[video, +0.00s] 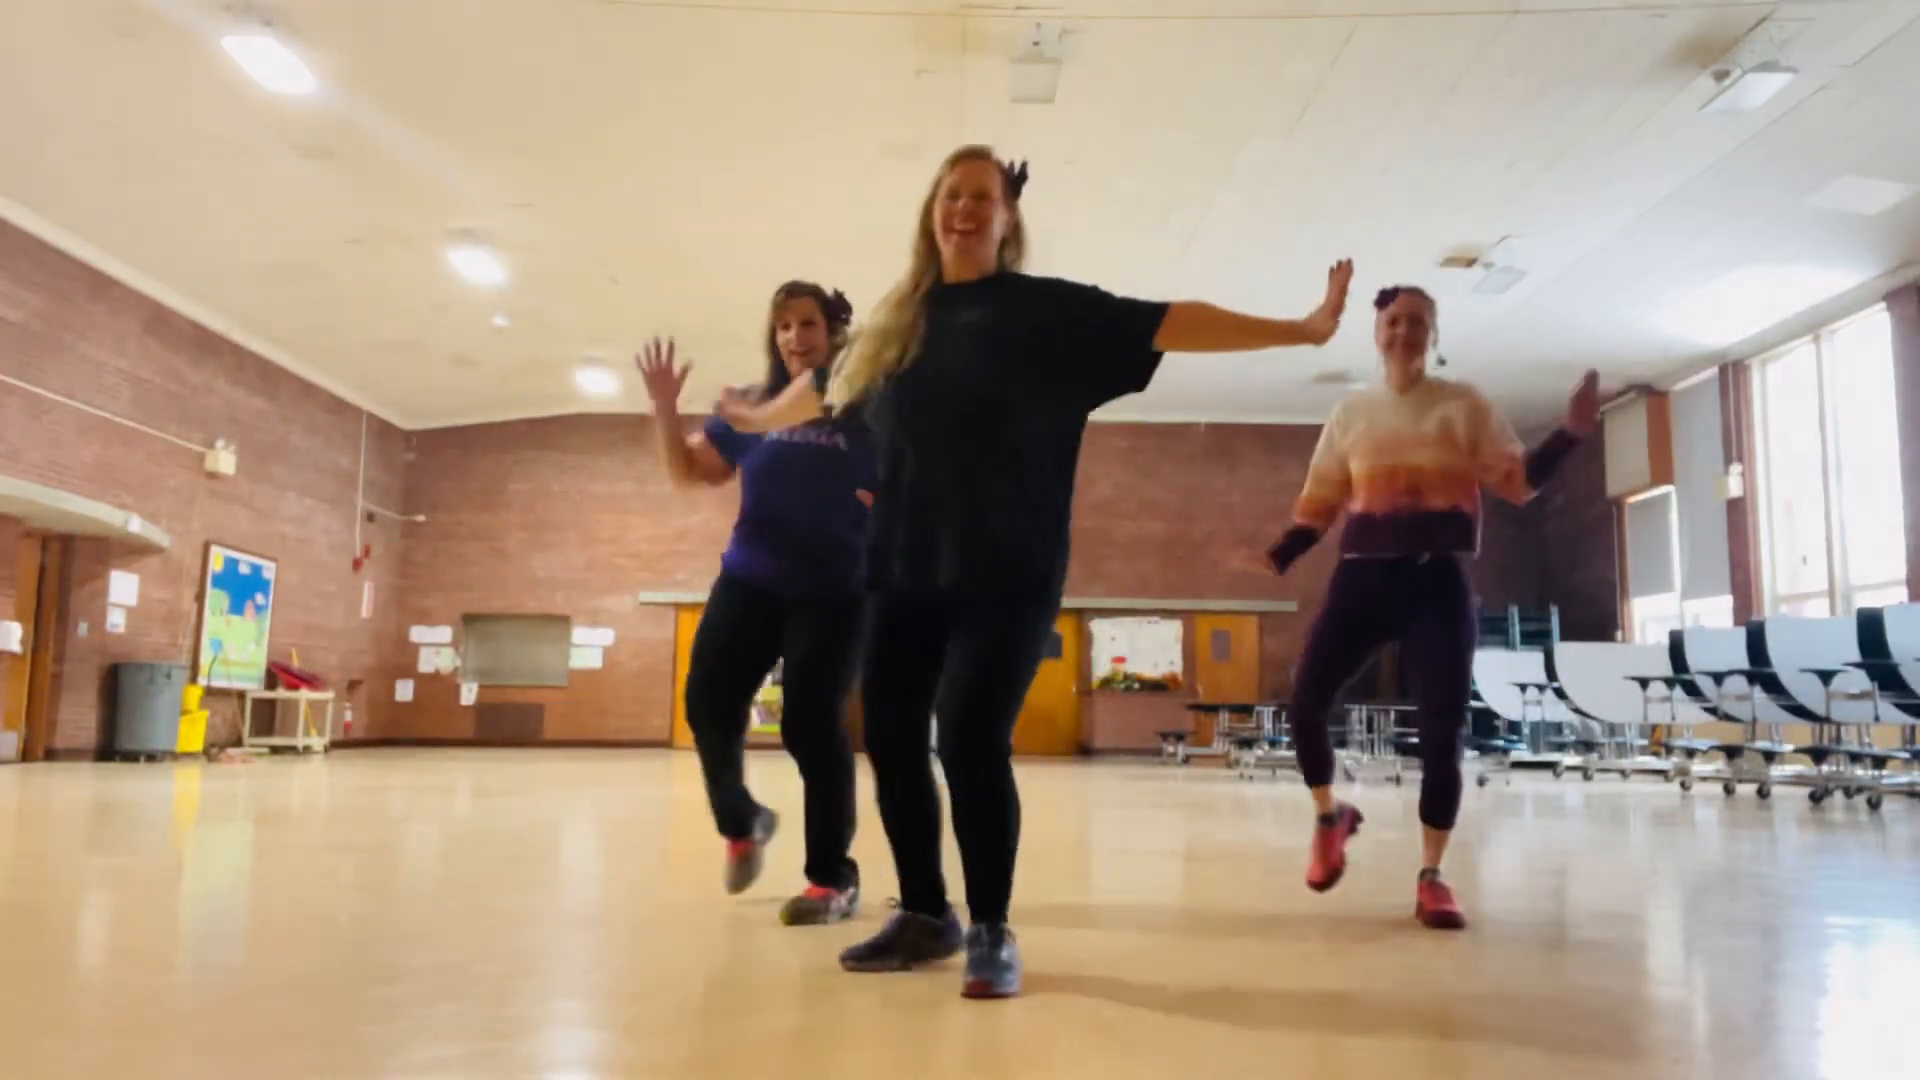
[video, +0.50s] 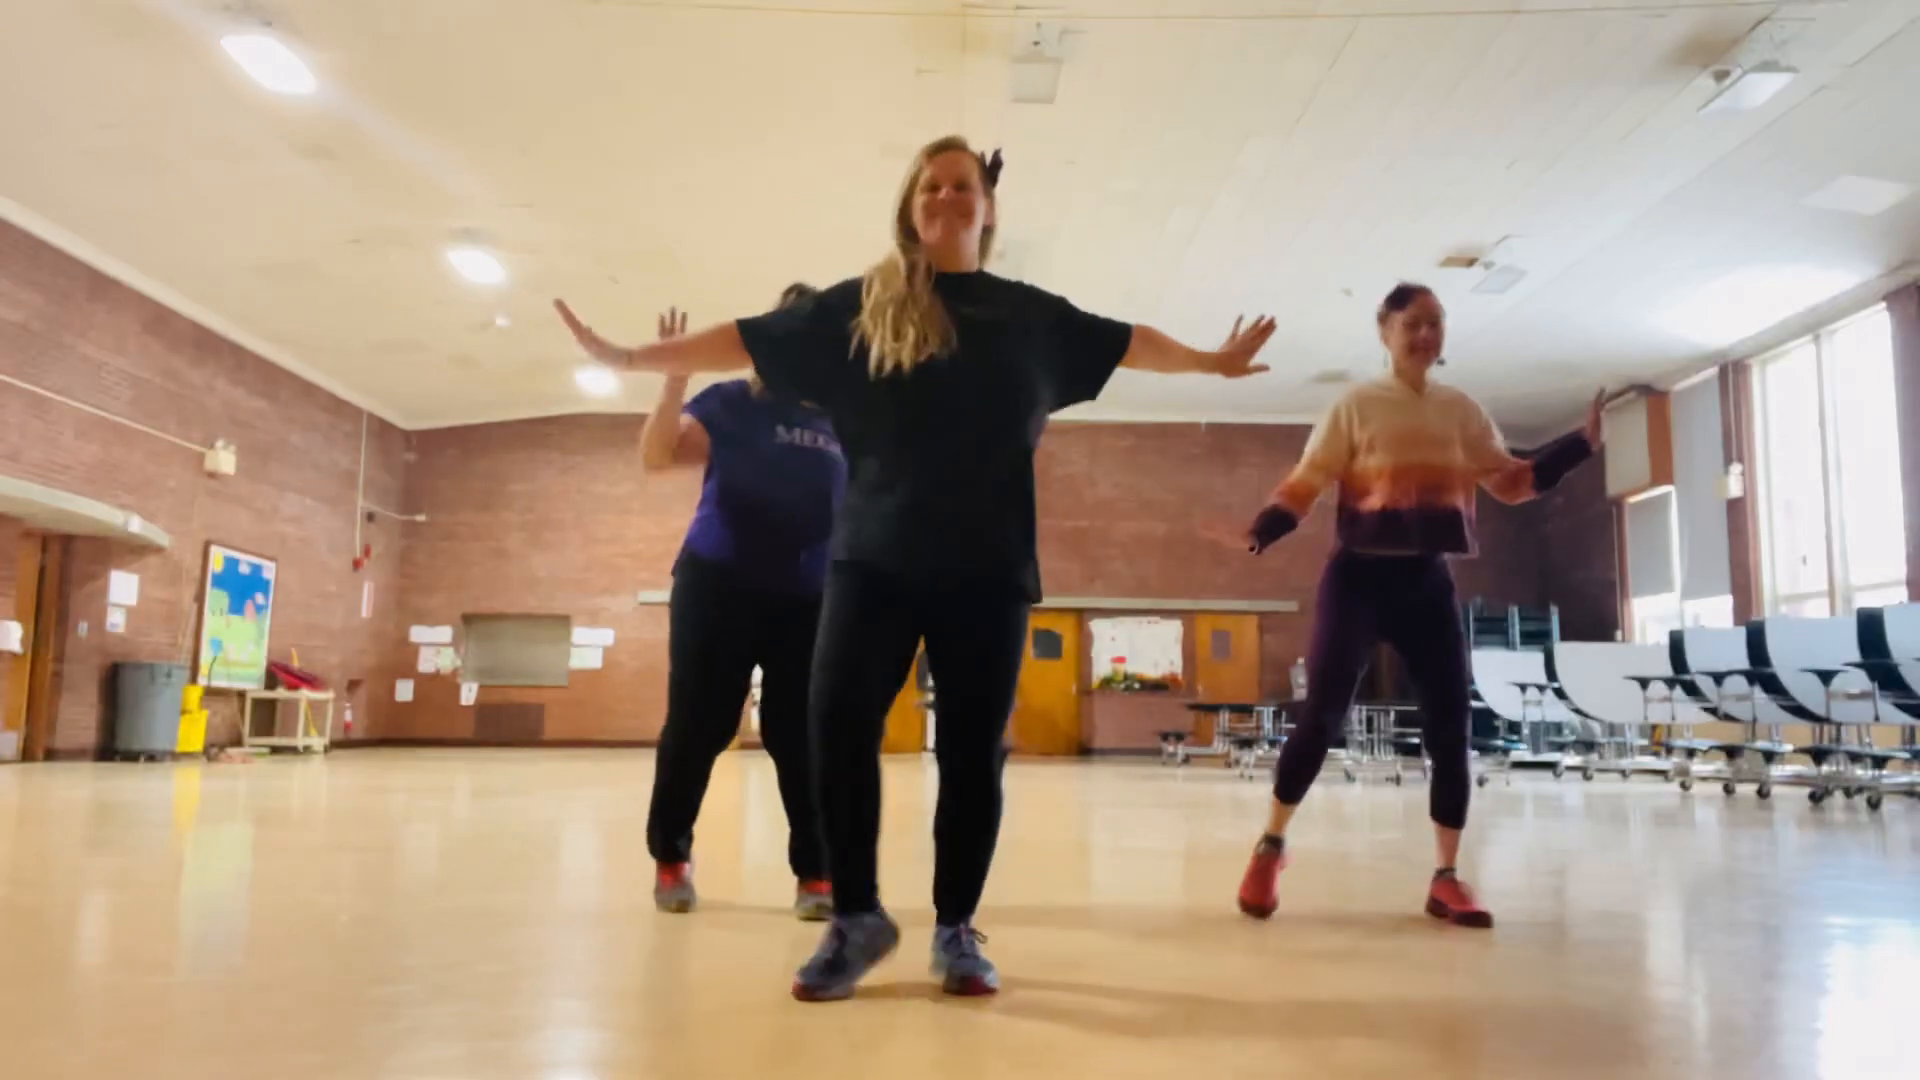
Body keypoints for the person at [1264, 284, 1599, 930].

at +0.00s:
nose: (1402, 330)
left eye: (1414, 322)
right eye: (1392, 320)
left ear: (1432, 335)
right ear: (1374, 331)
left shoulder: (1464, 405)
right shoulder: (1351, 413)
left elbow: (1520, 484)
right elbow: (1319, 505)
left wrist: (1571, 433)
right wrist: (1281, 552)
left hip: (1438, 579)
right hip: (1364, 577)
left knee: (1441, 734)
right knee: (1305, 705)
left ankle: (1432, 876)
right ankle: (1330, 817)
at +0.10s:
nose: (1407, 329)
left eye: (1418, 321)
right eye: (1396, 320)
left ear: (1434, 336)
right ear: (1377, 335)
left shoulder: (1465, 409)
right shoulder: (1348, 413)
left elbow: (1524, 483)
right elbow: (1298, 494)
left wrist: (1585, 434)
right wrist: (1250, 531)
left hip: (1436, 587)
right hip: (1358, 583)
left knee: (1444, 737)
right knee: (1295, 693)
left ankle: (1431, 878)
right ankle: (1293, 809)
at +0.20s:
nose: (1409, 318)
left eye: (1420, 310)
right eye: (1398, 309)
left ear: (1435, 324)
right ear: (1377, 323)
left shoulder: (1458, 399)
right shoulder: (1346, 394)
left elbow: (1512, 475)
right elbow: (1294, 471)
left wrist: (1579, 430)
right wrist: (1246, 516)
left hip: (1422, 576)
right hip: (1349, 569)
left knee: (1432, 726)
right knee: (1305, 705)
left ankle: (1429, 878)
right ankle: (1263, 838)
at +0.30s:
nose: (1411, 324)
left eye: (1422, 316)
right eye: (1399, 315)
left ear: (1435, 331)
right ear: (1377, 329)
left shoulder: (1452, 409)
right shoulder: (1346, 399)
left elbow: (1506, 477)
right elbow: (1292, 479)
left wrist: (1572, 432)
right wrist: (1248, 524)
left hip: (1407, 582)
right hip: (1338, 578)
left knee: (1440, 730)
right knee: (1308, 721)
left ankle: (1424, 879)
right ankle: (1258, 862)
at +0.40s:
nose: (1416, 328)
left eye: (1426, 320)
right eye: (1404, 318)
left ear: (1439, 334)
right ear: (1379, 330)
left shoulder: (1451, 410)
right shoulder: (1350, 402)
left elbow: (1506, 480)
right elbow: (1299, 481)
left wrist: (1577, 441)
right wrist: (1251, 541)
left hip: (1410, 590)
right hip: (1340, 584)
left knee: (1448, 729)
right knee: (1310, 722)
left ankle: (1427, 877)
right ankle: (1256, 862)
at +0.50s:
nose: (1425, 333)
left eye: (1434, 324)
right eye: (1412, 323)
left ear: (1444, 336)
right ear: (1384, 333)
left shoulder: (1461, 411)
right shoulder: (1354, 408)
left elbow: (1514, 483)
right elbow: (1304, 486)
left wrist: (1582, 444)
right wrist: (1263, 529)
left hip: (1428, 582)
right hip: (1356, 581)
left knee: (1450, 728)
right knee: (1322, 717)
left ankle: (1446, 877)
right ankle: (1270, 847)